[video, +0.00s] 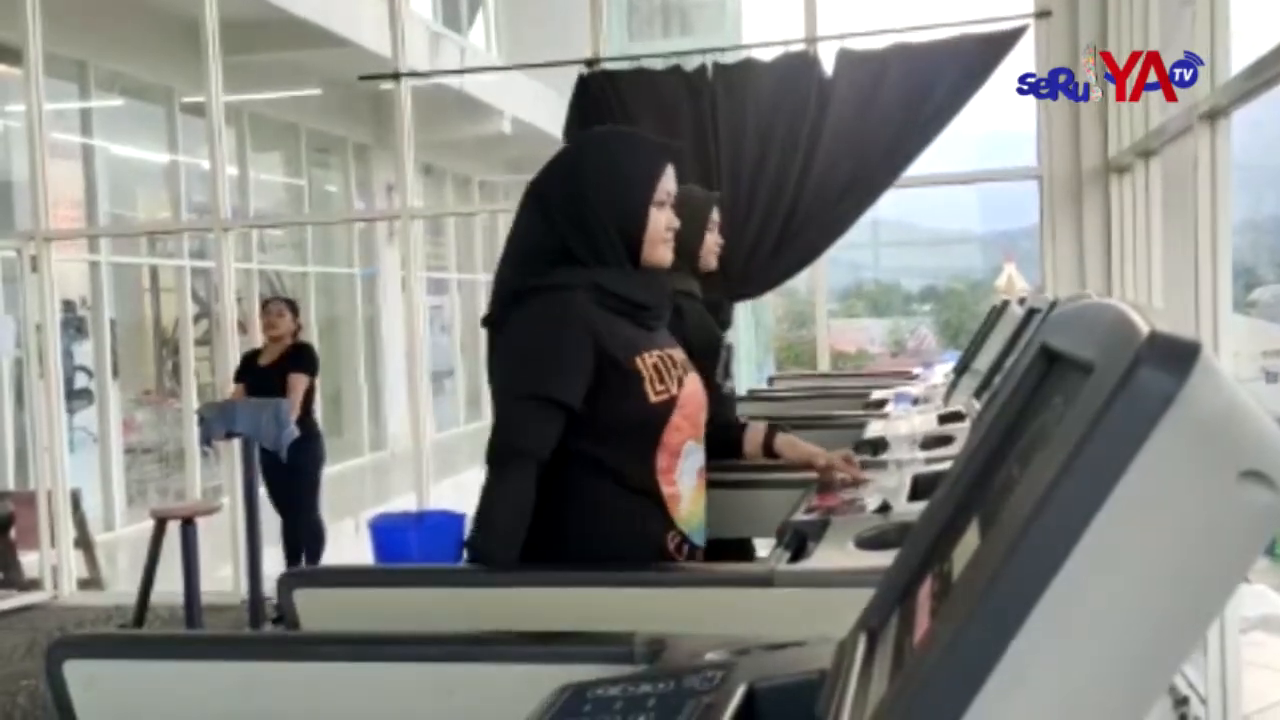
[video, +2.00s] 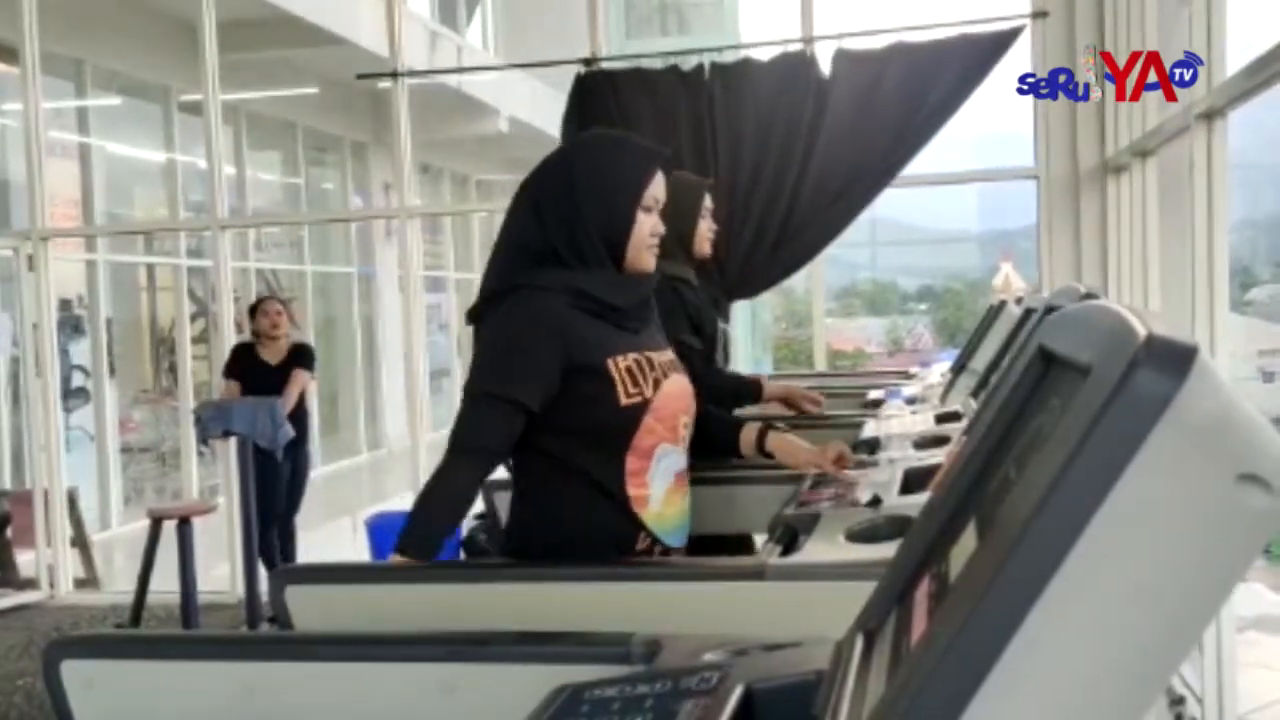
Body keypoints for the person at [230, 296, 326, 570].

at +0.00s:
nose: (272, 320)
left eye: (280, 315)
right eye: (267, 315)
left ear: (294, 322)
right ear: (261, 322)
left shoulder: (301, 352)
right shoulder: (251, 359)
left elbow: (295, 398)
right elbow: (238, 398)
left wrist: (282, 429)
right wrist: (224, 423)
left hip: (302, 436)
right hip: (267, 439)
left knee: (305, 509)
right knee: (288, 512)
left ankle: (312, 571)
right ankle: (292, 574)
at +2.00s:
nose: (274, 319)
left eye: (279, 313)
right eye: (266, 314)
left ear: (288, 319)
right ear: (254, 323)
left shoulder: (301, 351)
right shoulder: (242, 352)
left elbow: (294, 388)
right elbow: (231, 394)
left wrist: (275, 420)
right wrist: (237, 424)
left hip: (292, 437)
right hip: (254, 437)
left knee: (286, 511)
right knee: (263, 511)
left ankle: (288, 577)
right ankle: (275, 576)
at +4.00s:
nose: (265, 317)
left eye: (272, 311)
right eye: (258, 312)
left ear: (282, 317)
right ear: (249, 319)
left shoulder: (297, 351)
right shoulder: (237, 353)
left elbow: (290, 394)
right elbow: (227, 395)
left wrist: (271, 420)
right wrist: (241, 418)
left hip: (293, 433)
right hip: (255, 435)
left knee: (297, 501)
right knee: (268, 505)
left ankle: (305, 563)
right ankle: (274, 566)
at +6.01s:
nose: (244, 326)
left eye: (252, 322)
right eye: (245, 321)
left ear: (271, 330)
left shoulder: (276, 359)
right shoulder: (237, 366)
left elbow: (274, 409)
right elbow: (222, 404)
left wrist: (260, 439)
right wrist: (201, 425)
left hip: (283, 442)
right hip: (257, 445)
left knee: (282, 512)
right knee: (273, 512)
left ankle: (284, 574)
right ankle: (290, 572)